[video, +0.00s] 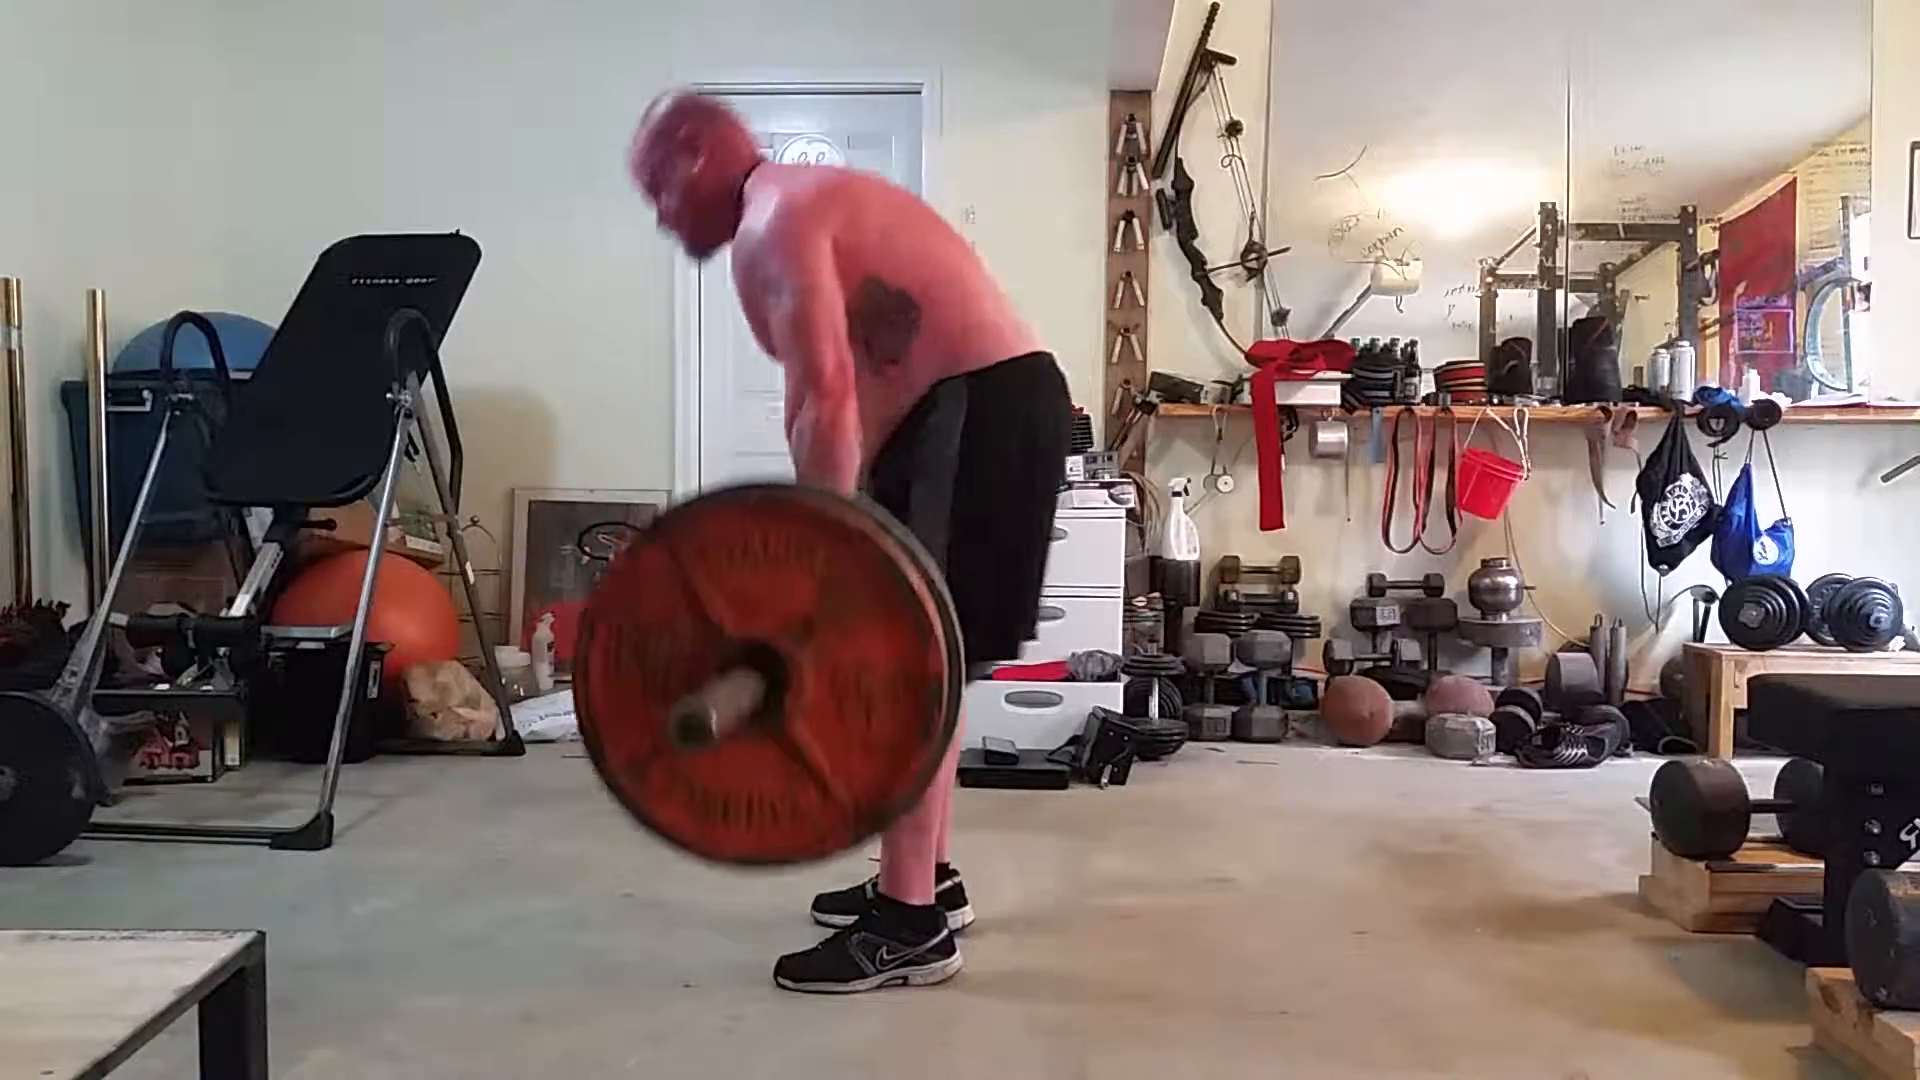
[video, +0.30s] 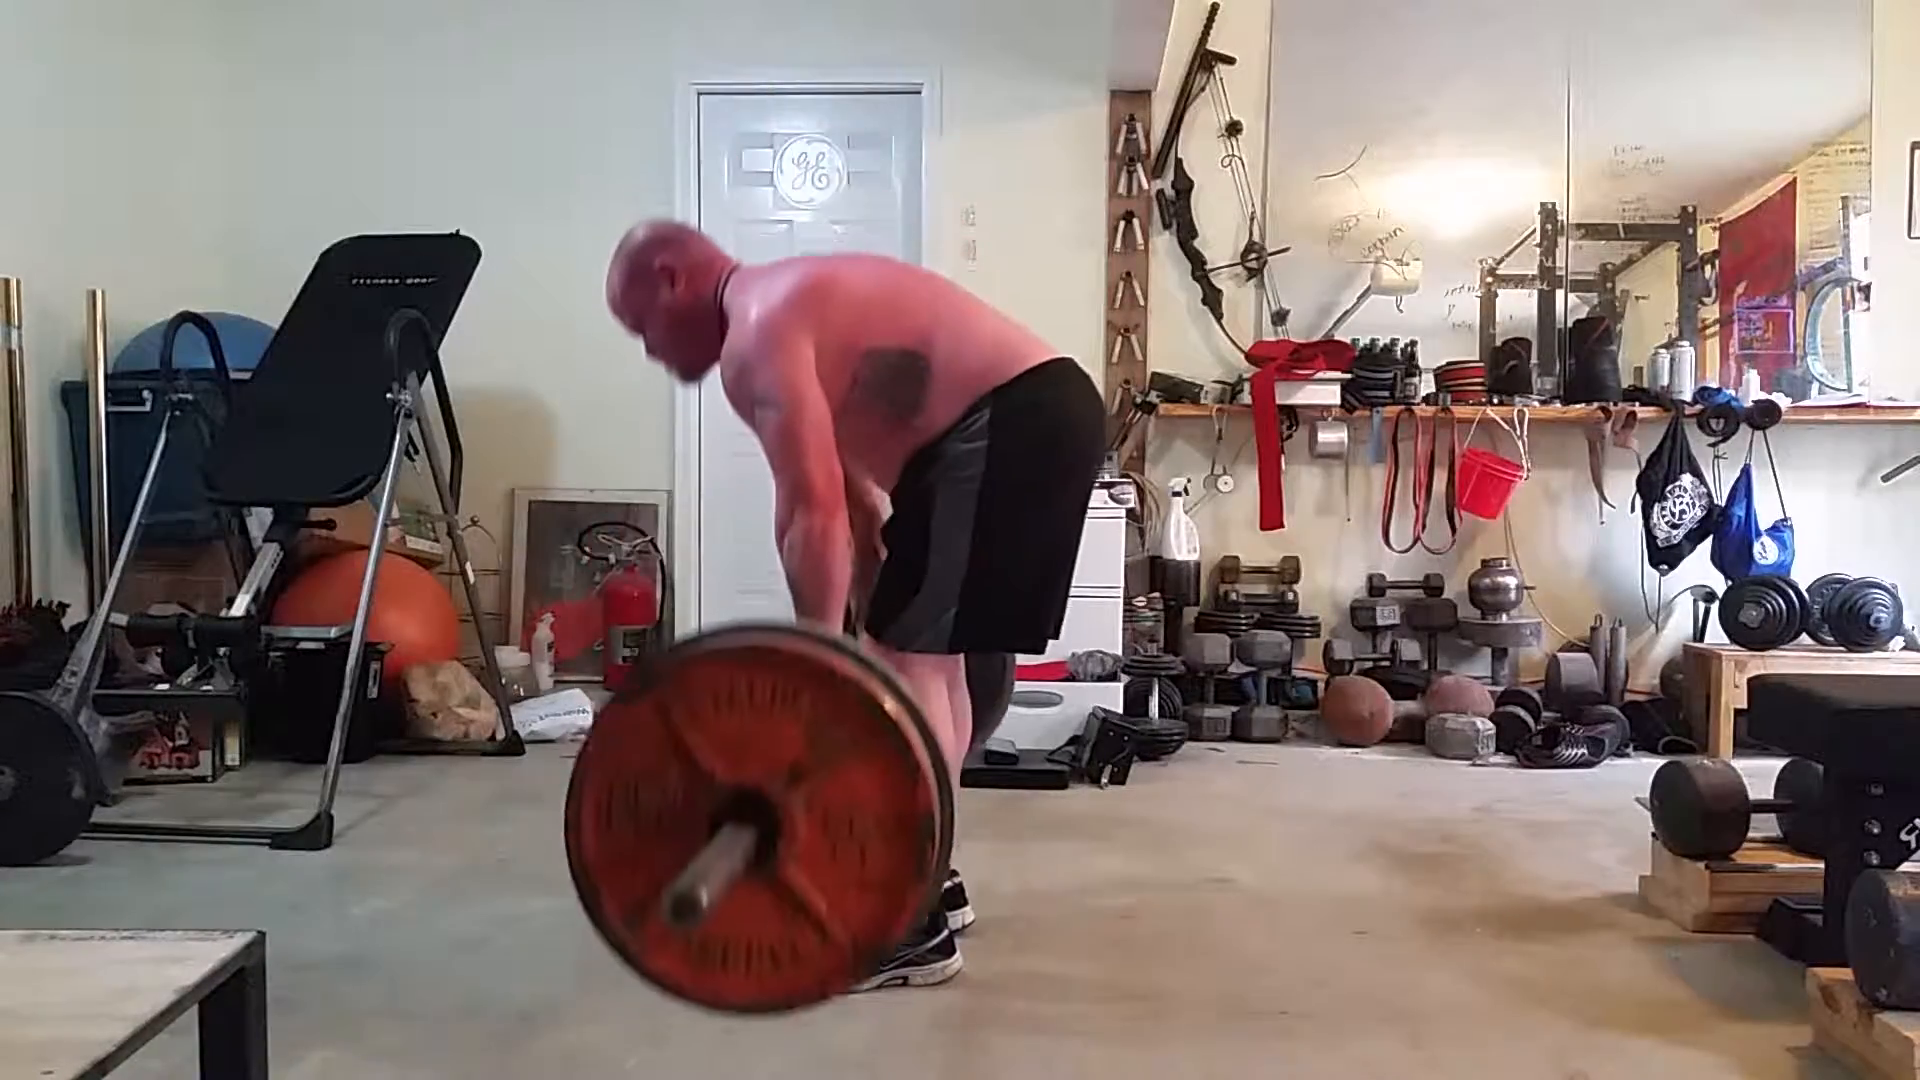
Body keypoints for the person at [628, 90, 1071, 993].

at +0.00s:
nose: (658, 215)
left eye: (656, 189)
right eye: (648, 197)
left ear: (701, 155)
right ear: (719, 149)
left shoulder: (779, 218)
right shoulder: (798, 206)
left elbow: (826, 397)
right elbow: (839, 396)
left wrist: (811, 571)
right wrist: (823, 568)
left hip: (971, 409)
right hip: (970, 408)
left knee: (913, 656)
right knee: (922, 651)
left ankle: (909, 916)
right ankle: (923, 878)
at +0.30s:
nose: (651, 352)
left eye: (642, 328)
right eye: (638, 336)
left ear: (673, 280)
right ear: (685, 274)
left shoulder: (762, 331)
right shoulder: (774, 319)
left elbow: (815, 512)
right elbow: (863, 515)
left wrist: (813, 678)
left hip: (1008, 421)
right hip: (1013, 416)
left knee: (905, 664)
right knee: (930, 665)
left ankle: (910, 921)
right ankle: (921, 887)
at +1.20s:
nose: (676, 216)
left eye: (678, 190)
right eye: (671, 195)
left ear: (730, 168)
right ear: (746, 166)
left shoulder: (796, 236)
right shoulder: (817, 226)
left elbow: (833, 419)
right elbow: (863, 426)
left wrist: (817, 586)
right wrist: (849, 561)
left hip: (999, 414)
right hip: (985, 418)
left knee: (920, 658)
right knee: (920, 651)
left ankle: (912, 912)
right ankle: (922, 875)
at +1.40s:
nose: (730, 74)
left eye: (744, 51)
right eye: (734, 55)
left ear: (801, 55)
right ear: (815, 61)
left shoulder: (841, 141)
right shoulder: (832, 147)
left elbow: (851, 324)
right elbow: (841, 330)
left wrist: (821, 491)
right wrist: (806, 488)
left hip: (963, 397)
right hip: (944, 398)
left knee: (922, 654)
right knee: (918, 650)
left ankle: (912, 917)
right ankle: (921, 882)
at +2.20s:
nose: (669, 195)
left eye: (668, 171)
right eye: (660, 177)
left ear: (711, 134)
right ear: (728, 131)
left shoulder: (792, 199)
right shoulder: (802, 192)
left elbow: (832, 381)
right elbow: (843, 380)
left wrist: (819, 556)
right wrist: (819, 558)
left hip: (972, 412)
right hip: (966, 411)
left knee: (914, 651)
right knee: (925, 648)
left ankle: (910, 914)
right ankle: (922, 879)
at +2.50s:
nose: (660, 326)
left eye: (650, 302)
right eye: (646, 310)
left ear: (680, 254)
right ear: (693, 246)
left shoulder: (772, 303)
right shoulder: (790, 288)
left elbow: (824, 480)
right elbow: (869, 488)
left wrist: (817, 653)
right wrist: (858, 628)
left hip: (1006, 421)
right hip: (995, 423)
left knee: (926, 666)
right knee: (925, 666)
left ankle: (905, 921)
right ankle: (918, 886)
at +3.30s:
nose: (652, 411)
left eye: (643, 391)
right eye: (638, 399)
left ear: (673, 343)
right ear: (681, 336)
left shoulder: (759, 390)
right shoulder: (777, 359)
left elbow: (815, 559)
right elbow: (856, 538)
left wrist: (813, 730)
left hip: (1013, 427)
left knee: (901, 661)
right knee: (922, 660)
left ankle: (920, 912)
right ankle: (932, 896)